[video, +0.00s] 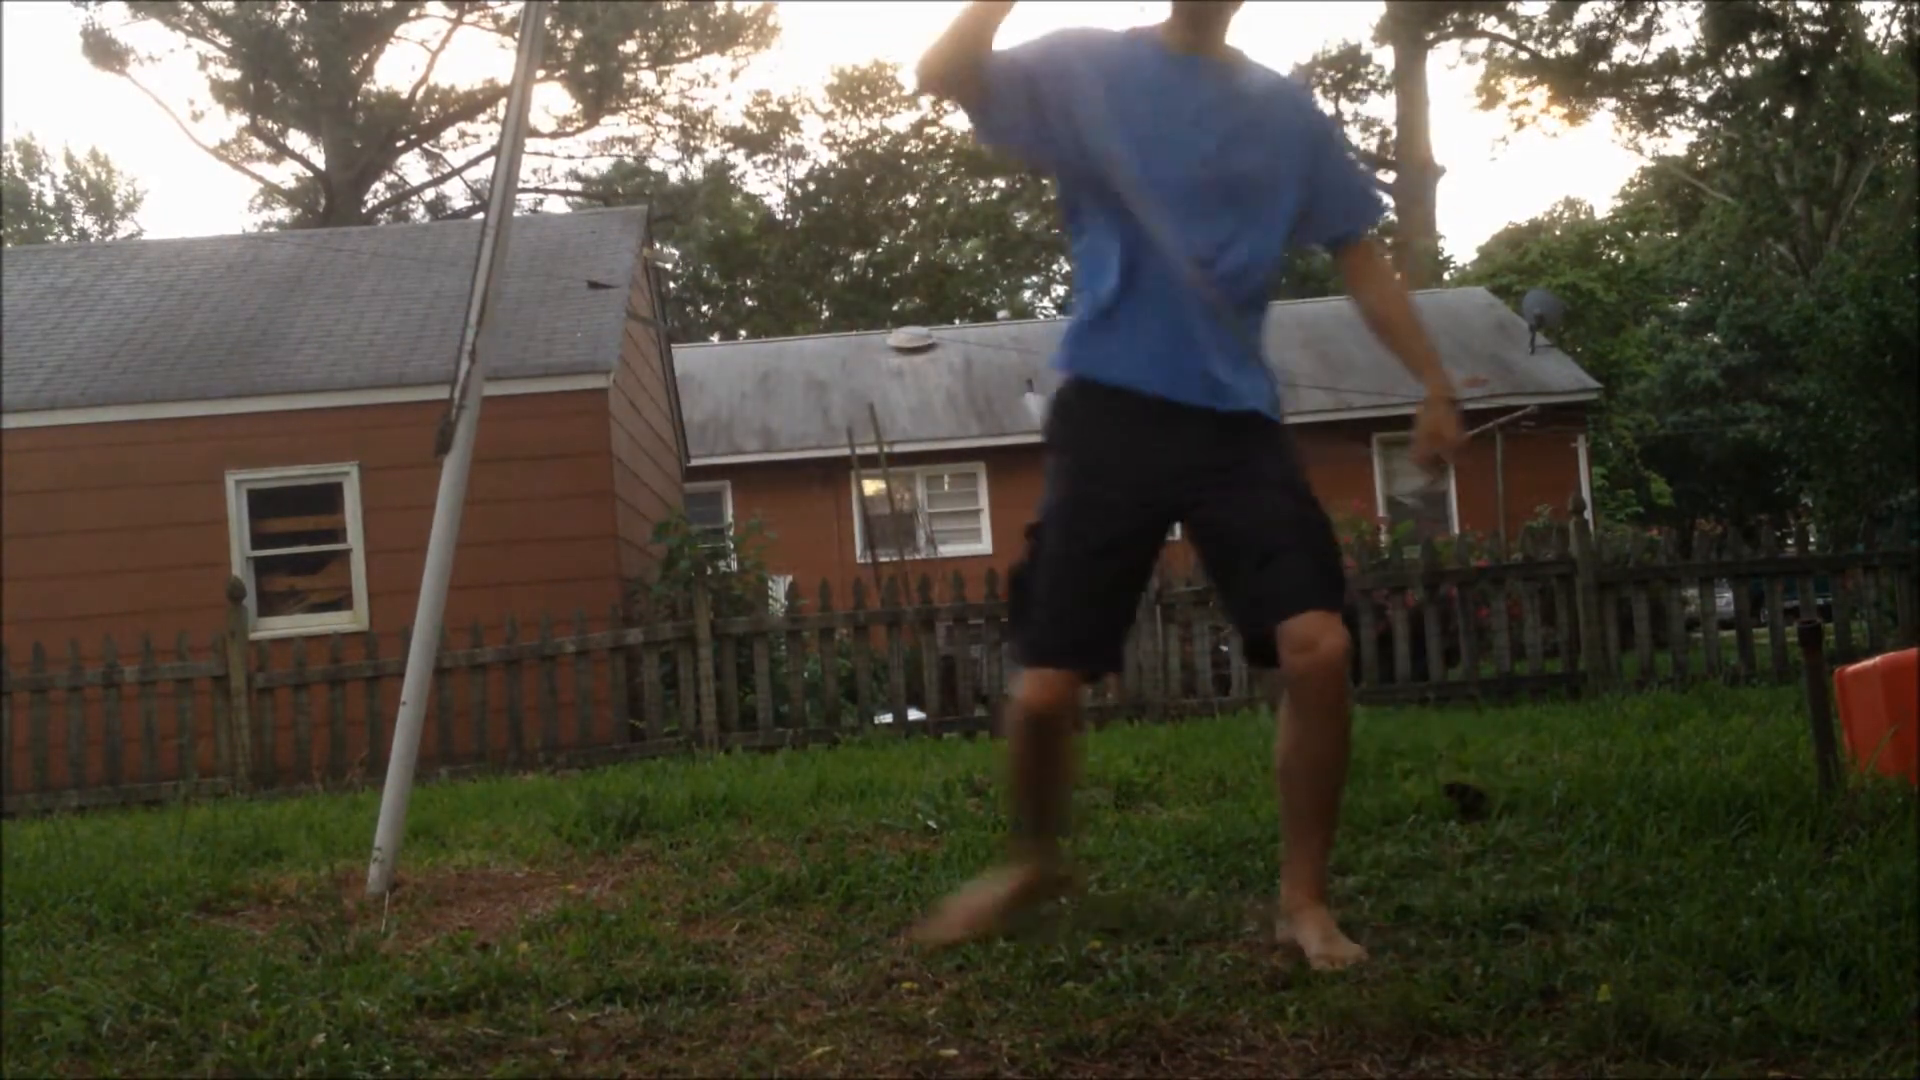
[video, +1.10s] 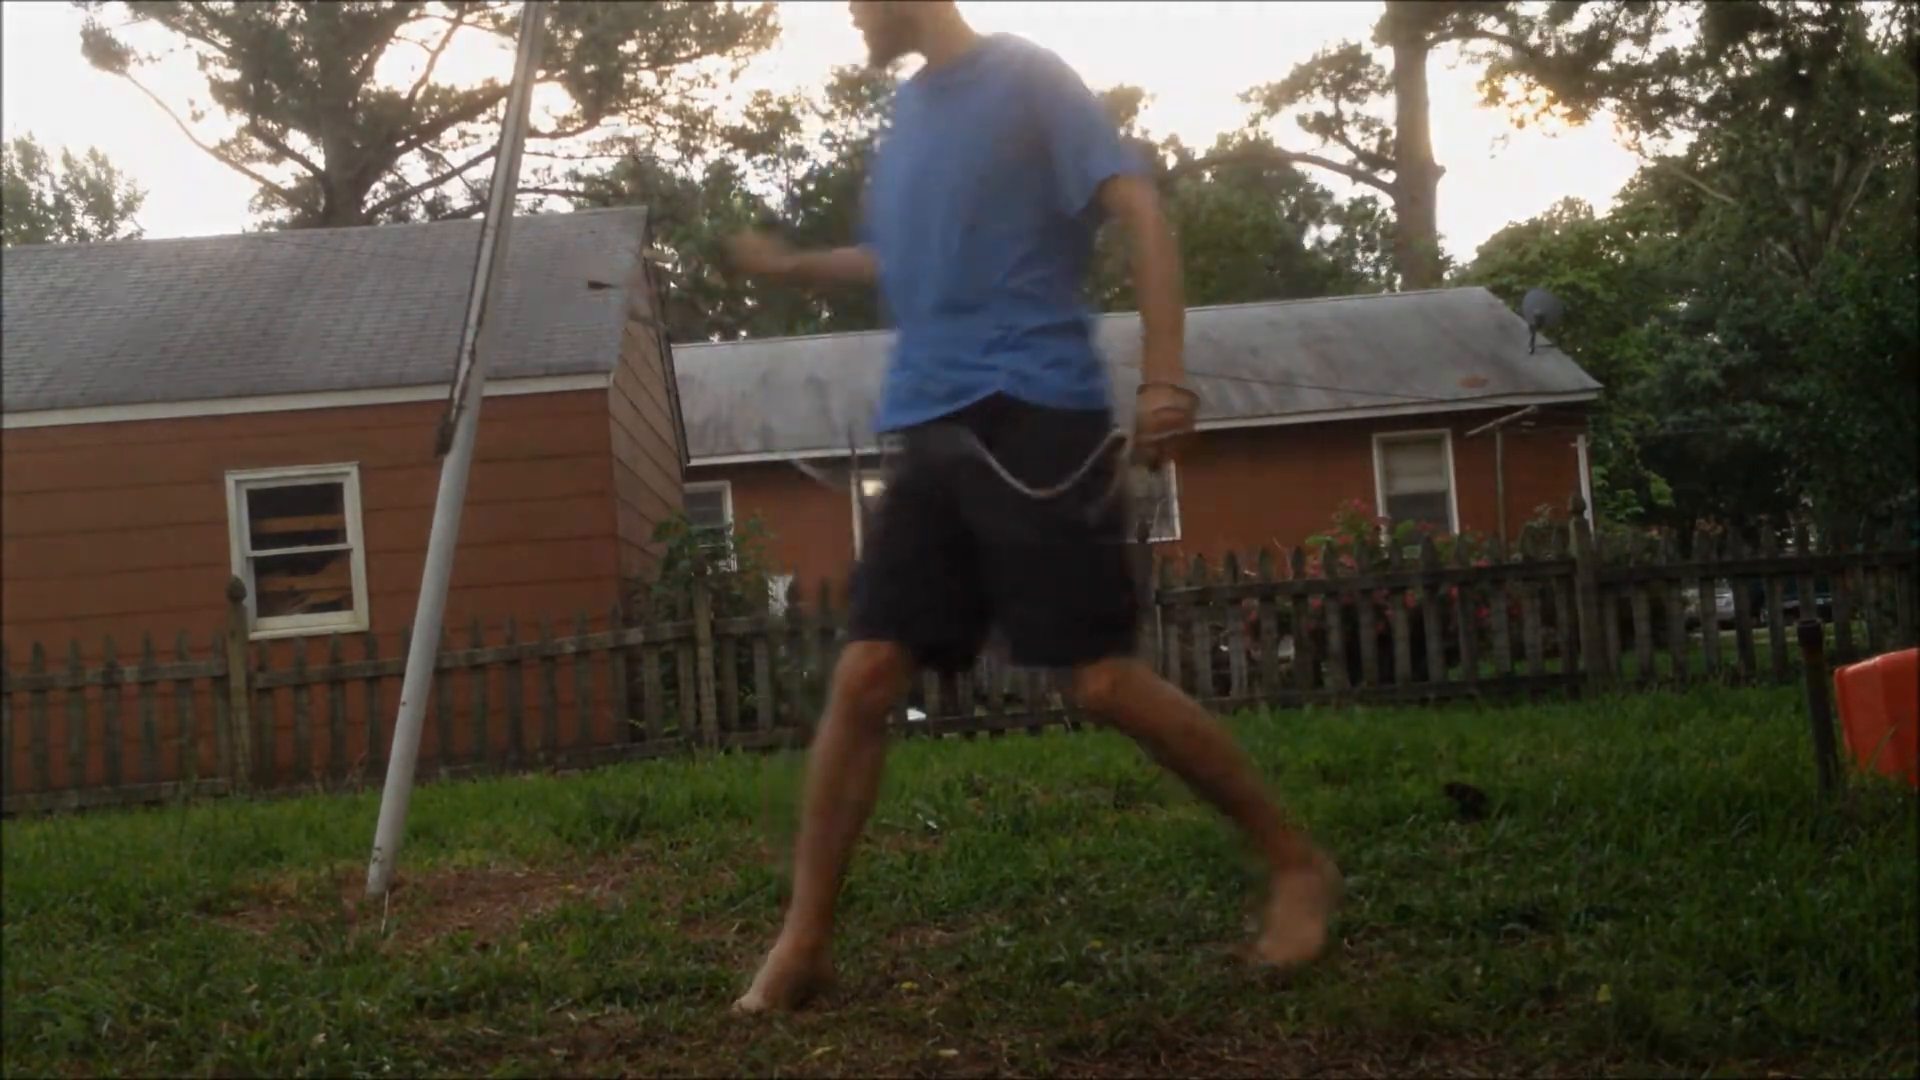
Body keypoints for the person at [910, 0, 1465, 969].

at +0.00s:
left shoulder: (1290, 112)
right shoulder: (1090, 67)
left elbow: (1364, 263)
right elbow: (943, 73)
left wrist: (1437, 386)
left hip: (1235, 416)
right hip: (1108, 408)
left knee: (1317, 651)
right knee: (1039, 692)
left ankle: (1304, 902)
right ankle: (1035, 859)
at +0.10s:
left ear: (1194, 6)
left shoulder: (1229, 126)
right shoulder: (1054, 78)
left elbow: (1309, 264)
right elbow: (921, 83)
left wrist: (1392, 371)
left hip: (1202, 433)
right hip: (1074, 432)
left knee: (1318, 652)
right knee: (984, 696)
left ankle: (1292, 909)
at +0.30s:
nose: (1031, 13)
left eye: (1046, 0)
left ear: (1065, 22)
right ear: (984, 16)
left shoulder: (1113, 161)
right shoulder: (916, 126)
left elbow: (1194, 303)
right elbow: (768, 127)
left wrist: (1270, 393)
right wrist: (835, 23)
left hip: (1087, 457)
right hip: (954, 460)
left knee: (1258, 668)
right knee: (860, 728)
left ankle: (1278, 913)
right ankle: (798, 955)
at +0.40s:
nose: (963, 20)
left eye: (979, 5)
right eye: (945, 4)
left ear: (1004, 26)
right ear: (920, 23)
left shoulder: (1057, 159)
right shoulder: (853, 142)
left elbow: (1152, 301)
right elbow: (695, 179)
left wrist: (1224, 413)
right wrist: (747, 63)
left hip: (1031, 460)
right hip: (897, 463)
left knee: (1200, 674)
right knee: (821, 740)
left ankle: (1269, 913)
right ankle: (800, 959)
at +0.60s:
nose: (866, 17)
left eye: (884, 2)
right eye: (848, 4)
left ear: (914, 18)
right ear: (824, 25)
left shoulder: (986, 136)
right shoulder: (785, 162)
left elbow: (1099, 256)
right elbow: (672, 270)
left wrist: (1203, 382)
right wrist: (638, 150)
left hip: (966, 461)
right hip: (827, 478)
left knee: (1129, 693)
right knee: (793, 747)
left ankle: (1263, 914)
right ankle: (798, 960)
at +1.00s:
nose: (797, 18)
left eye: (809, 1)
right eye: (796, 5)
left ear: (875, 2)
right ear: (858, 14)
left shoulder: (989, 105)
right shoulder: (840, 127)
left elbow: (1106, 238)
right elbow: (810, 281)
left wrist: (1161, 391)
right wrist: (684, 290)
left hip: (987, 439)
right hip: (869, 457)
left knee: (1097, 681)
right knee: (822, 701)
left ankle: (1264, 848)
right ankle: (806, 949)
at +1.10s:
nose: (852, 14)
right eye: (851, 4)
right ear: (896, 7)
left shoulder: (1023, 72)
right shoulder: (900, 122)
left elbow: (1141, 204)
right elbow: (901, 268)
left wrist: (1164, 375)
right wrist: (788, 260)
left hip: (1044, 419)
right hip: (932, 434)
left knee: (1103, 680)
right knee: (863, 681)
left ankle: (1297, 862)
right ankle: (801, 942)